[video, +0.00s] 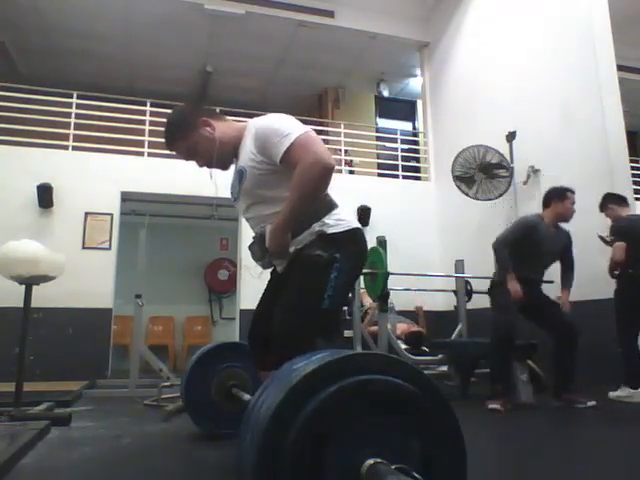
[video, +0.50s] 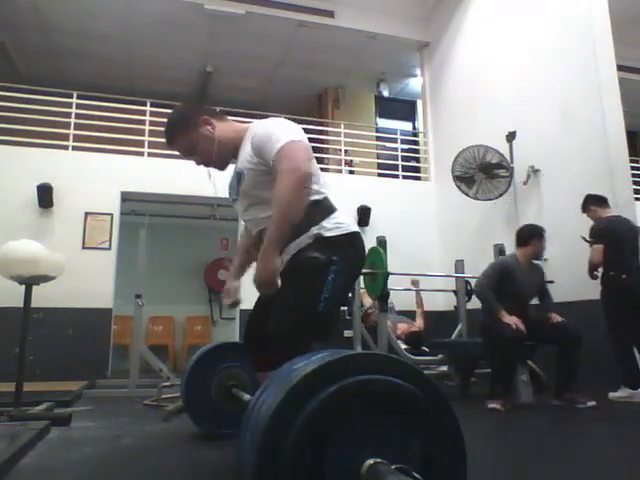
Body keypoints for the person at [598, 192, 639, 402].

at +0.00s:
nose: (609, 219)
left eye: (607, 214)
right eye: (607, 215)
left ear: (612, 208)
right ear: (622, 205)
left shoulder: (622, 224)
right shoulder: (633, 221)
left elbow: (618, 256)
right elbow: (624, 255)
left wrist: (612, 270)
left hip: (629, 284)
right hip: (632, 283)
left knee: (627, 334)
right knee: (629, 334)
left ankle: (631, 384)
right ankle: (631, 382)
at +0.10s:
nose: (604, 219)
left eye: (603, 215)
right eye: (602, 215)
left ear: (608, 208)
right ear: (619, 205)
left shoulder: (616, 225)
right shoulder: (635, 222)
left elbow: (612, 257)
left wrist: (607, 270)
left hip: (626, 282)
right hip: (636, 279)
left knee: (625, 335)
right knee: (629, 334)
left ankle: (631, 384)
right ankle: (632, 383)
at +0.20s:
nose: (599, 218)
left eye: (597, 214)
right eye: (597, 215)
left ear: (602, 208)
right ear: (615, 205)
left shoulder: (610, 224)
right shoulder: (634, 222)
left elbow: (607, 258)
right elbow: (632, 251)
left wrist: (602, 268)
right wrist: (615, 260)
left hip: (623, 283)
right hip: (637, 281)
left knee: (623, 335)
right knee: (631, 334)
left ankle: (631, 384)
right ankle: (632, 383)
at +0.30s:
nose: (596, 218)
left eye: (594, 214)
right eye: (594, 215)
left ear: (599, 208)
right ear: (611, 205)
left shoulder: (606, 225)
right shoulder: (633, 223)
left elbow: (602, 258)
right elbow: (632, 251)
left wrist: (596, 269)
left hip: (620, 285)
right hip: (637, 283)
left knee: (621, 335)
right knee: (632, 334)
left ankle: (631, 384)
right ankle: (632, 383)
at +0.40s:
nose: (593, 218)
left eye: (591, 214)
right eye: (591, 215)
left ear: (596, 209)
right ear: (608, 205)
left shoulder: (603, 226)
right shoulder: (632, 224)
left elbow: (598, 258)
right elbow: (631, 252)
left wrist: (593, 269)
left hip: (618, 286)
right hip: (636, 284)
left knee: (620, 336)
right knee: (632, 335)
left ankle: (631, 385)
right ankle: (633, 383)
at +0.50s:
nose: (590, 218)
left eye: (588, 214)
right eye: (588, 215)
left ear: (593, 209)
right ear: (606, 205)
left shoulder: (601, 226)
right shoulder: (630, 224)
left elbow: (596, 259)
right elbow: (631, 253)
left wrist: (591, 270)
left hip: (616, 288)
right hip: (635, 285)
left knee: (619, 336)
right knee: (633, 335)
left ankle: (632, 385)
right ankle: (633, 383)